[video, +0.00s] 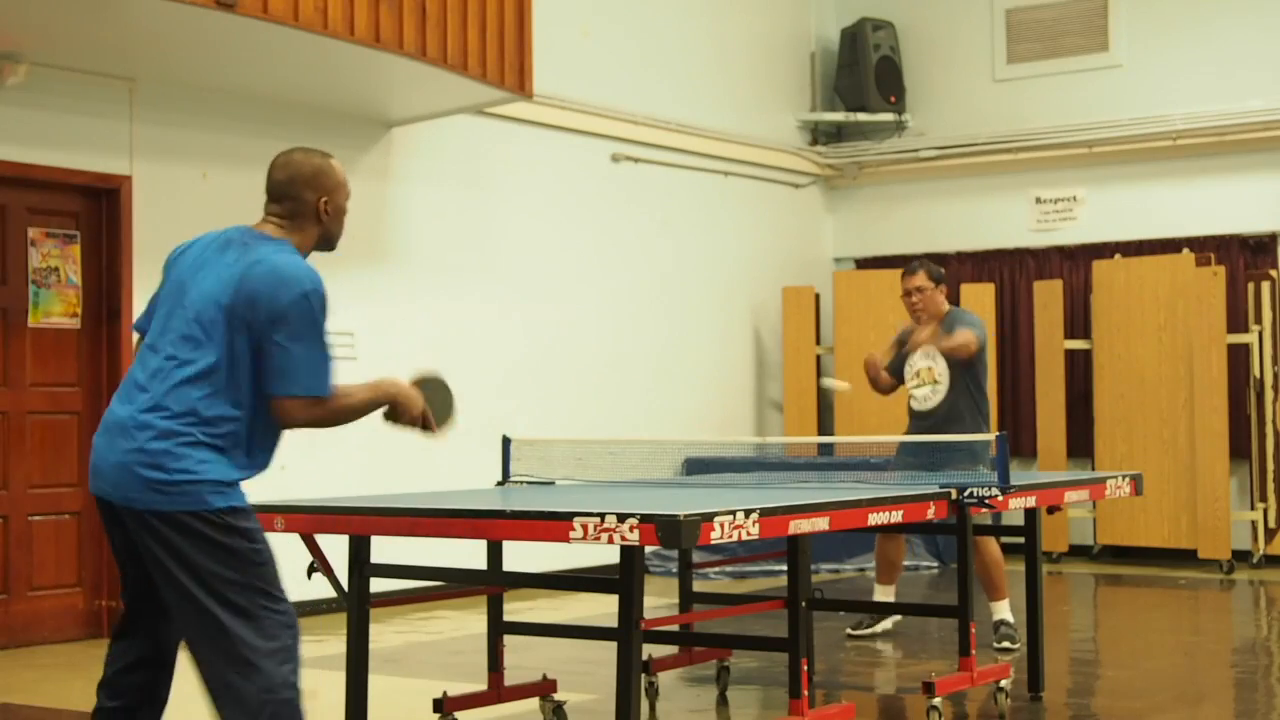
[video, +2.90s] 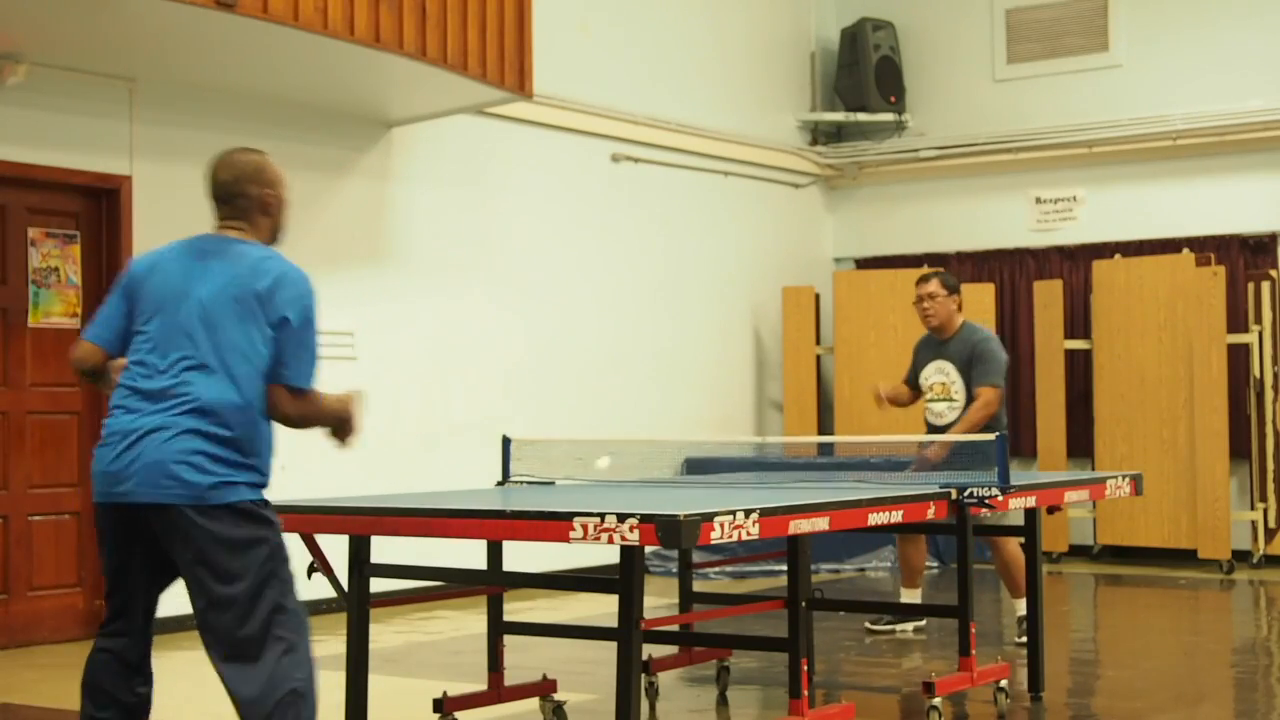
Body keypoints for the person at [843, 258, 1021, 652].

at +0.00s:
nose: (912, 300)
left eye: (919, 292)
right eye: (907, 294)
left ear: (941, 291)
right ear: (903, 298)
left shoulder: (965, 321)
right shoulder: (909, 335)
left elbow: (965, 346)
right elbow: (886, 386)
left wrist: (931, 343)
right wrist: (874, 369)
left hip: (964, 445)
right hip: (917, 445)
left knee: (977, 529)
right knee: (890, 521)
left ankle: (1003, 618)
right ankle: (884, 607)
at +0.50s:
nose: (908, 296)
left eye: (916, 288)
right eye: (901, 289)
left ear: (934, 291)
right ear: (895, 295)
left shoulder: (959, 333)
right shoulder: (888, 341)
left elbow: (984, 380)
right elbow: (866, 387)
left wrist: (951, 395)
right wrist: (872, 404)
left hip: (956, 448)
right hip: (905, 449)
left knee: (983, 525)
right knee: (890, 526)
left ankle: (1016, 613)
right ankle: (884, 612)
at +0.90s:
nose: (936, 302)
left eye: (943, 294)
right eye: (930, 296)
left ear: (965, 294)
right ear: (926, 300)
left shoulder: (985, 328)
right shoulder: (927, 341)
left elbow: (994, 350)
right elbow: (911, 383)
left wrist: (952, 345)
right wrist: (899, 380)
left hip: (980, 447)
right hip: (934, 445)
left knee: (987, 529)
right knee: (906, 521)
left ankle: (1016, 614)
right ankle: (885, 605)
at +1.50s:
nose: (947, 297)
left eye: (955, 290)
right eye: (941, 291)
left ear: (974, 291)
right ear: (935, 295)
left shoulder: (1000, 334)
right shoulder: (930, 338)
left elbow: (1020, 384)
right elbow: (908, 387)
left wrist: (975, 401)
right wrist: (907, 402)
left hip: (982, 449)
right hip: (933, 449)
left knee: (996, 528)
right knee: (914, 524)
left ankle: (1016, 615)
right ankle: (904, 609)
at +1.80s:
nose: (943, 303)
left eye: (950, 294)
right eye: (938, 297)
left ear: (972, 294)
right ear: (935, 299)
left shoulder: (995, 327)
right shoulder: (940, 337)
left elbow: (994, 353)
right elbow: (912, 384)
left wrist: (946, 353)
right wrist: (902, 371)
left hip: (983, 447)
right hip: (937, 446)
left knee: (992, 528)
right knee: (912, 519)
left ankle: (1016, 614)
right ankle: (900, 606)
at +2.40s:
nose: (939, 299)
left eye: (947, 291)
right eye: (933, 292)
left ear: (965, 294)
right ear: (926, 298)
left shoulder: (988, 336)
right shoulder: (917, 339)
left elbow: (1014, 382)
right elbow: (891, 384)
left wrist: (974, 399)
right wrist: (895, 396)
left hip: (977, 450)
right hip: (925, 450)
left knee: (997, 526)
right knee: (910, 525)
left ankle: (1025, 611)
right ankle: (904, 610)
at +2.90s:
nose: (925, 307)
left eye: (932, 298)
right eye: (920, 301)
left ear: (955, 301)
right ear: (917, 307)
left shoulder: (983, 344)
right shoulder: (925, 346)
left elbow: (987, 403)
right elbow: (910, 392)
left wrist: (945, 442)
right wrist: (891, 393)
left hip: (980, 457)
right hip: (935, 455)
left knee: (998, 531)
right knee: (909, 520)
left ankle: (1025, 614)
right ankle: (910, 610)